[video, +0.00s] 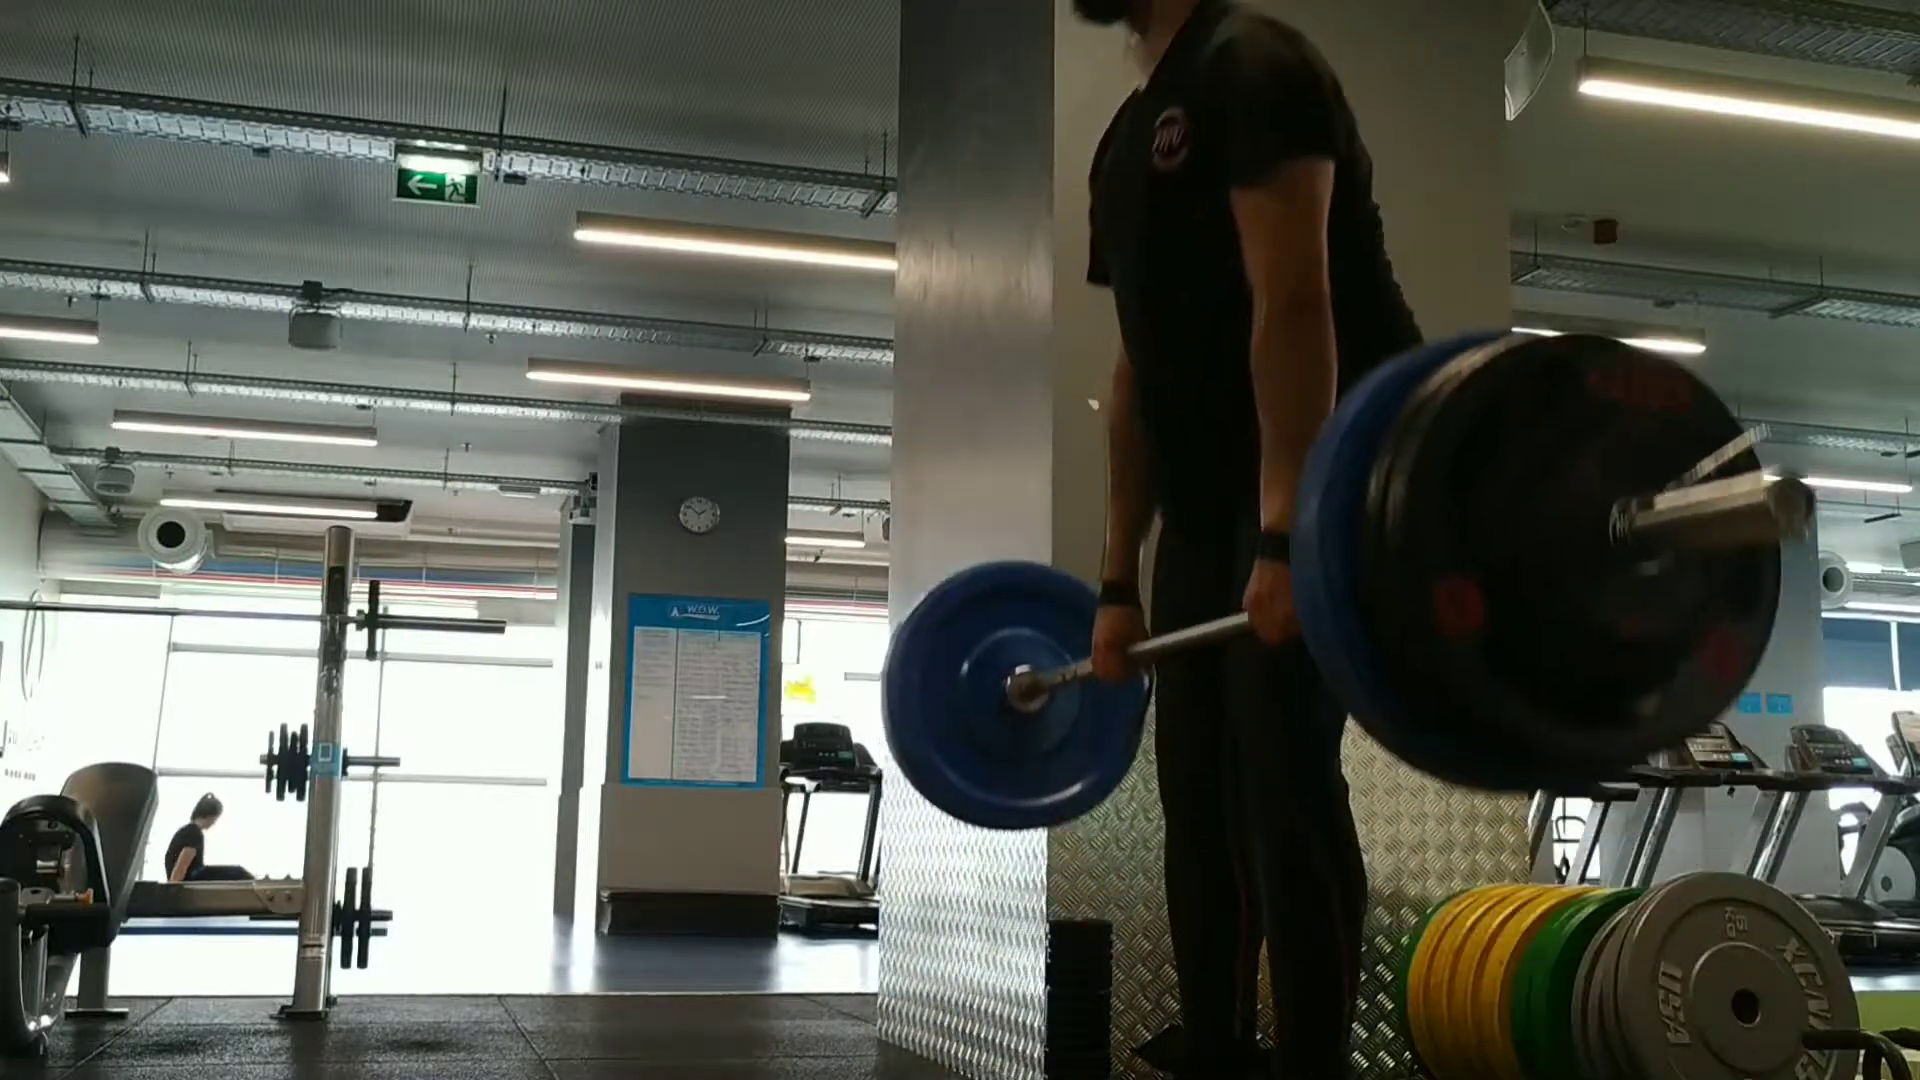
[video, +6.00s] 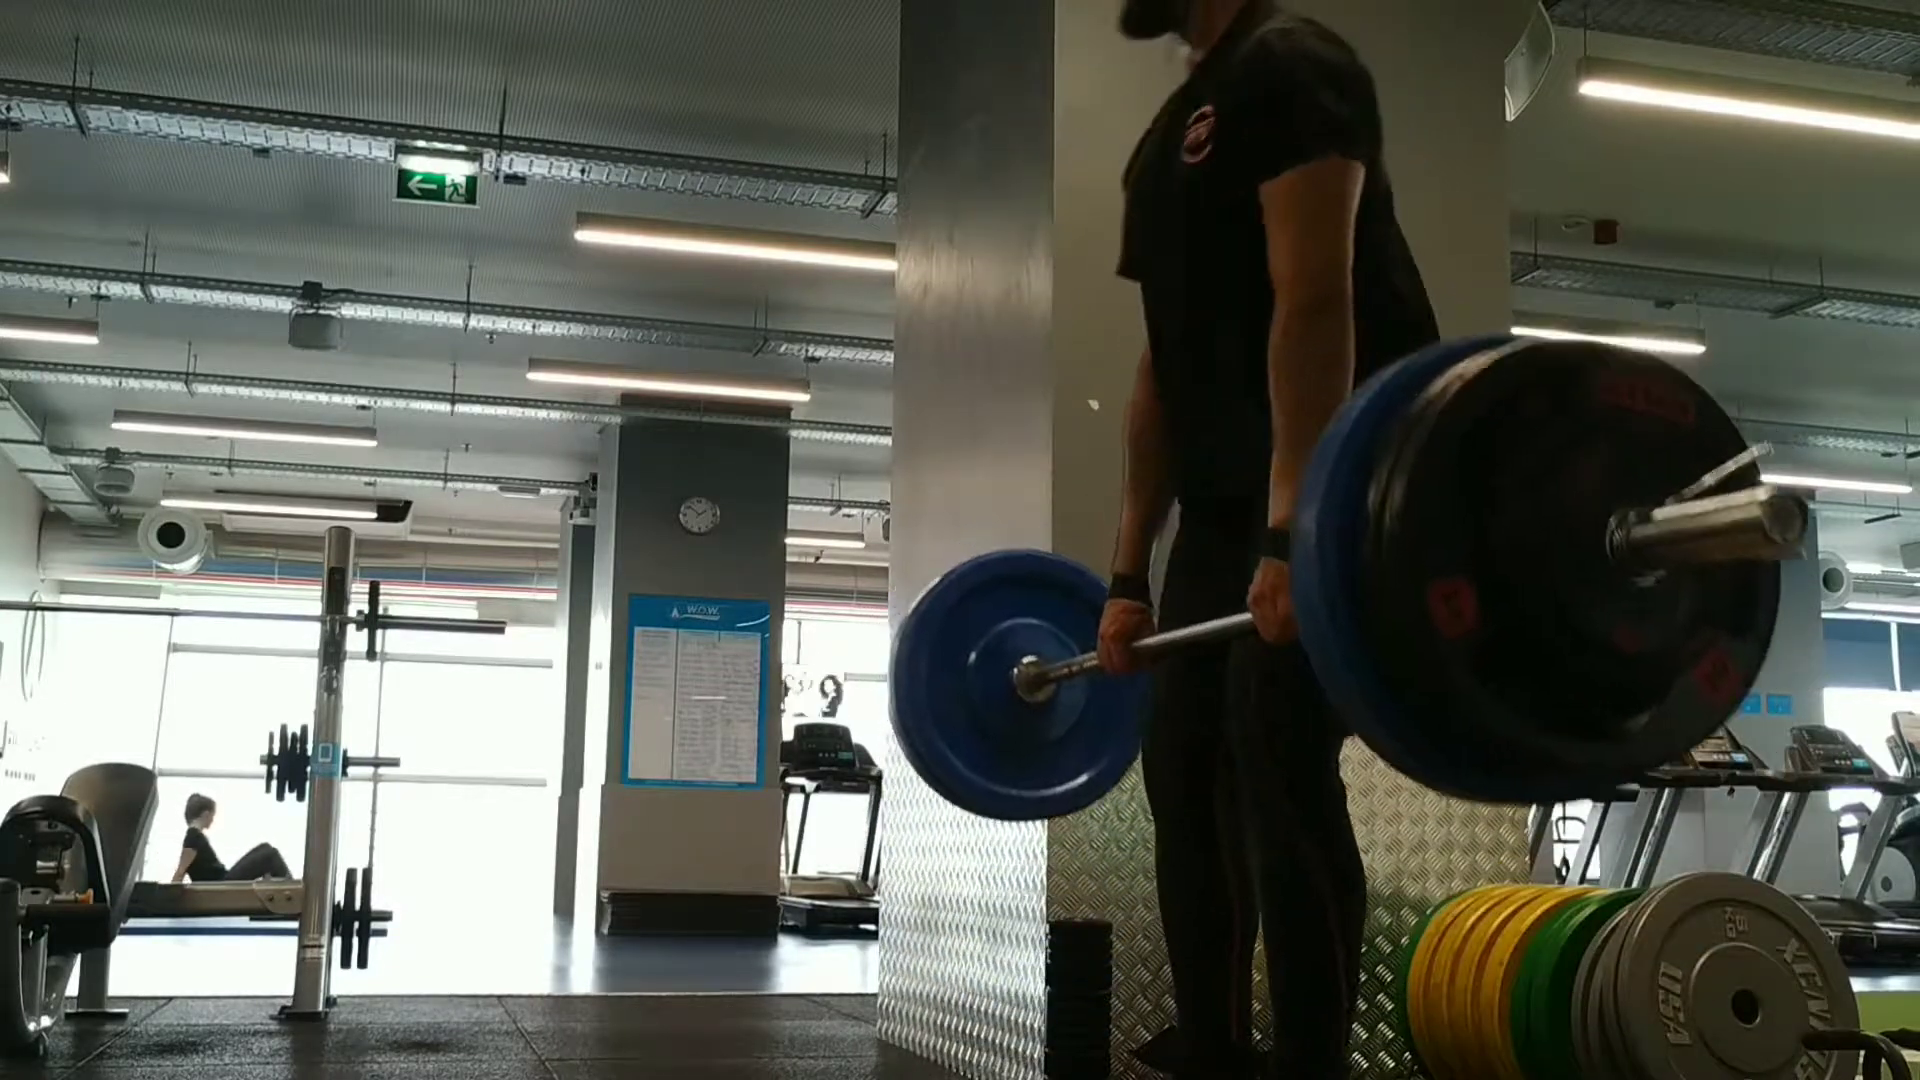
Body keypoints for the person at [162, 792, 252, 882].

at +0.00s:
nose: (215, 822)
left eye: (216, 819)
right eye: (215, 818)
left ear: (198, 811)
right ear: (210, 816)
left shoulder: (188, 831)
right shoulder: (194, 833)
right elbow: (181, 867)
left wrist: (170, 891)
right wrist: (171, 892)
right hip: (191, 878)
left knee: (237, 871)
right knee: (238, 871)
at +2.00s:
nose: (219, 821)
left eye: (220, 817)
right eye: (216, 816)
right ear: (202, 813)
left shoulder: (197, 835)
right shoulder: (193, 837)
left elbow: (196, 874)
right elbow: (195, 876)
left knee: (236, 861)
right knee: (241, 872)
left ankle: (262, 886)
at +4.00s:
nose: (212, 824)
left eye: (216, 820)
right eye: (209, 818)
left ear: (220, 822)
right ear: (200, 816)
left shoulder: (205, 839)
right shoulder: (186, 837)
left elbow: (195, 861)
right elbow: (171, 859)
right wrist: (155, 879)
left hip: (198, 878)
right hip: (186, 884)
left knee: (236, 862)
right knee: (240, 872)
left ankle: (259, 885)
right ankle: (260, 889)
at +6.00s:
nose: (213, 819)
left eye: (213, 814)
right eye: (212, 814)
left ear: (199, 813)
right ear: (203, 813)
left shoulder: (195, 835)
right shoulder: (194, 836)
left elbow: (182, 871)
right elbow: (180, 872)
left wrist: (172, 894)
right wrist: (171, 895)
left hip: (222, 880)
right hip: (220, 884)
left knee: (264, 848)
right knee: (269, 853)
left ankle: (286, 886)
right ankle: (290, 888)